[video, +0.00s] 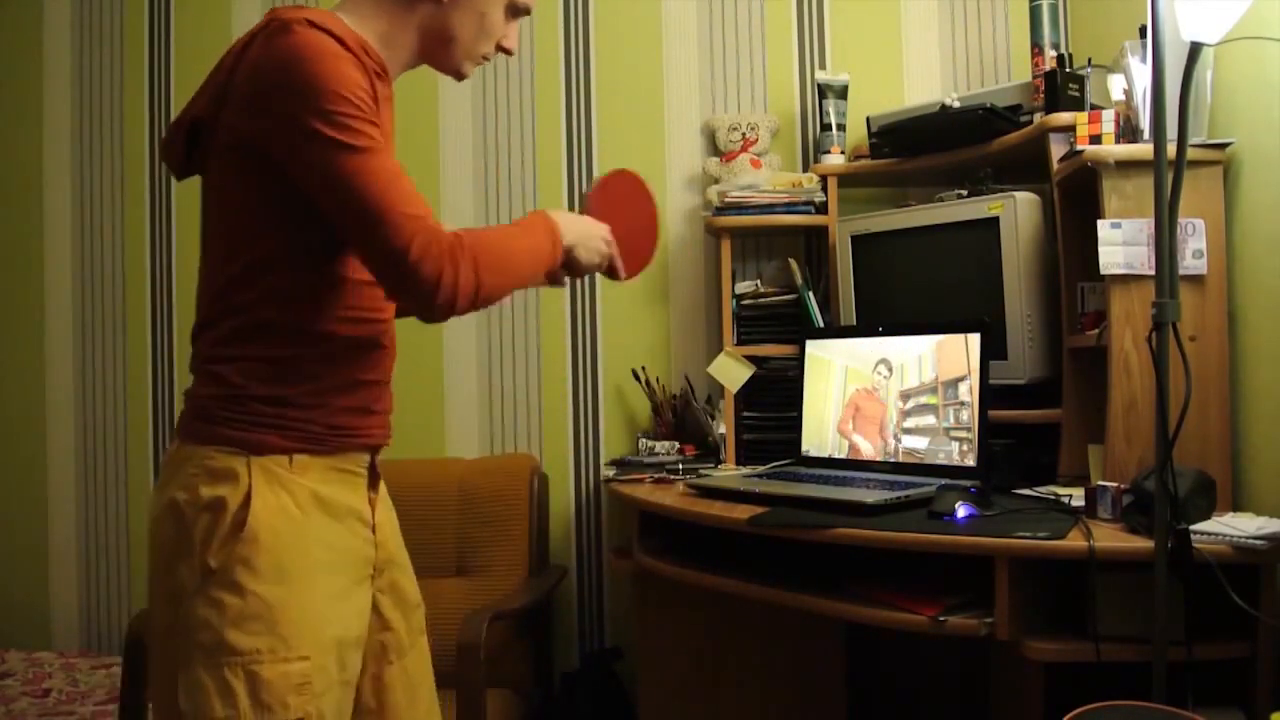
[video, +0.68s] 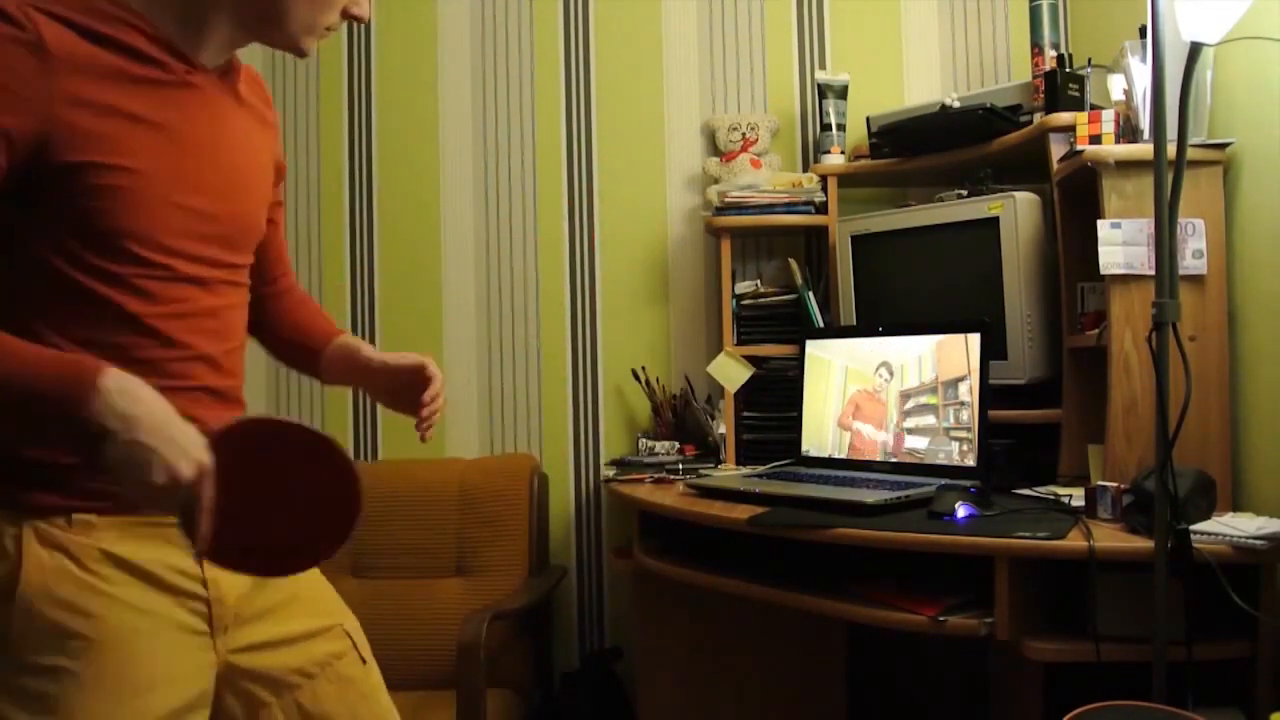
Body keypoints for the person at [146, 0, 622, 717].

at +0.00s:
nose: (511, 44)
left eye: (520, 21)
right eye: (513, 12)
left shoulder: (356, 76)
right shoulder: (304, 61)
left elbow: (404, 286)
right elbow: (433, 272)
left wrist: (541, 253)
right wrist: (558, 234)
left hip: (347, 490)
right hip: (260, 495)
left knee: (399, 711)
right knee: (267, 710)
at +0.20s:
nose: (471, 31)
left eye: (479, 10)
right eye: (469, 0)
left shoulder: (312, 75)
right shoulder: (229, 56)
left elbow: (324, 288)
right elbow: (328, 297)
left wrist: (464, 275)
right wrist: (470, 267)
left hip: (311, 515)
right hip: (206, 528)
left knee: (378, 711)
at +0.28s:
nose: (450, 29)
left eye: (457, 8)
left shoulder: (285, 75)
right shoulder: (190, 57)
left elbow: (294, 301)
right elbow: (274, 307)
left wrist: (453, 300)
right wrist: (431, 289)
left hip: (290, 524)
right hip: (173, 539)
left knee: (369, 709)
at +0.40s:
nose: (405, 29)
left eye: (410, 7)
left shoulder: (243, 96)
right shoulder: (101, 63)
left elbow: (210, 339)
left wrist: (383, 366)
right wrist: (341, 343)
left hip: (252, 552)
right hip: (110, 567)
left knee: (353, 710)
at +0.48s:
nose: (386, 28)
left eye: (391, 6)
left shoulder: (237, 113)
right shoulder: (68, 63)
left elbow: (206, 332)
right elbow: (56, 343)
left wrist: (355, 386)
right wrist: (287, 375)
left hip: (244, 561)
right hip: (92, 577)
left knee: (355, 709)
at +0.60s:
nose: (366, 16)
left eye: (370, 1)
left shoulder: (243, 108)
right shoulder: (37, 53)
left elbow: (245, 308)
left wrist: (352, 381)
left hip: (245, 554)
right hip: (77, 564)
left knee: (360, 708)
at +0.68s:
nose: (364, 9)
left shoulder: (251, 100)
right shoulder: (32, 47)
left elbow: (269, 291)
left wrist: (369, 369)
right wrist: (99, 391)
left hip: (251, 545)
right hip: (78, 550)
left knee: (363, 706)